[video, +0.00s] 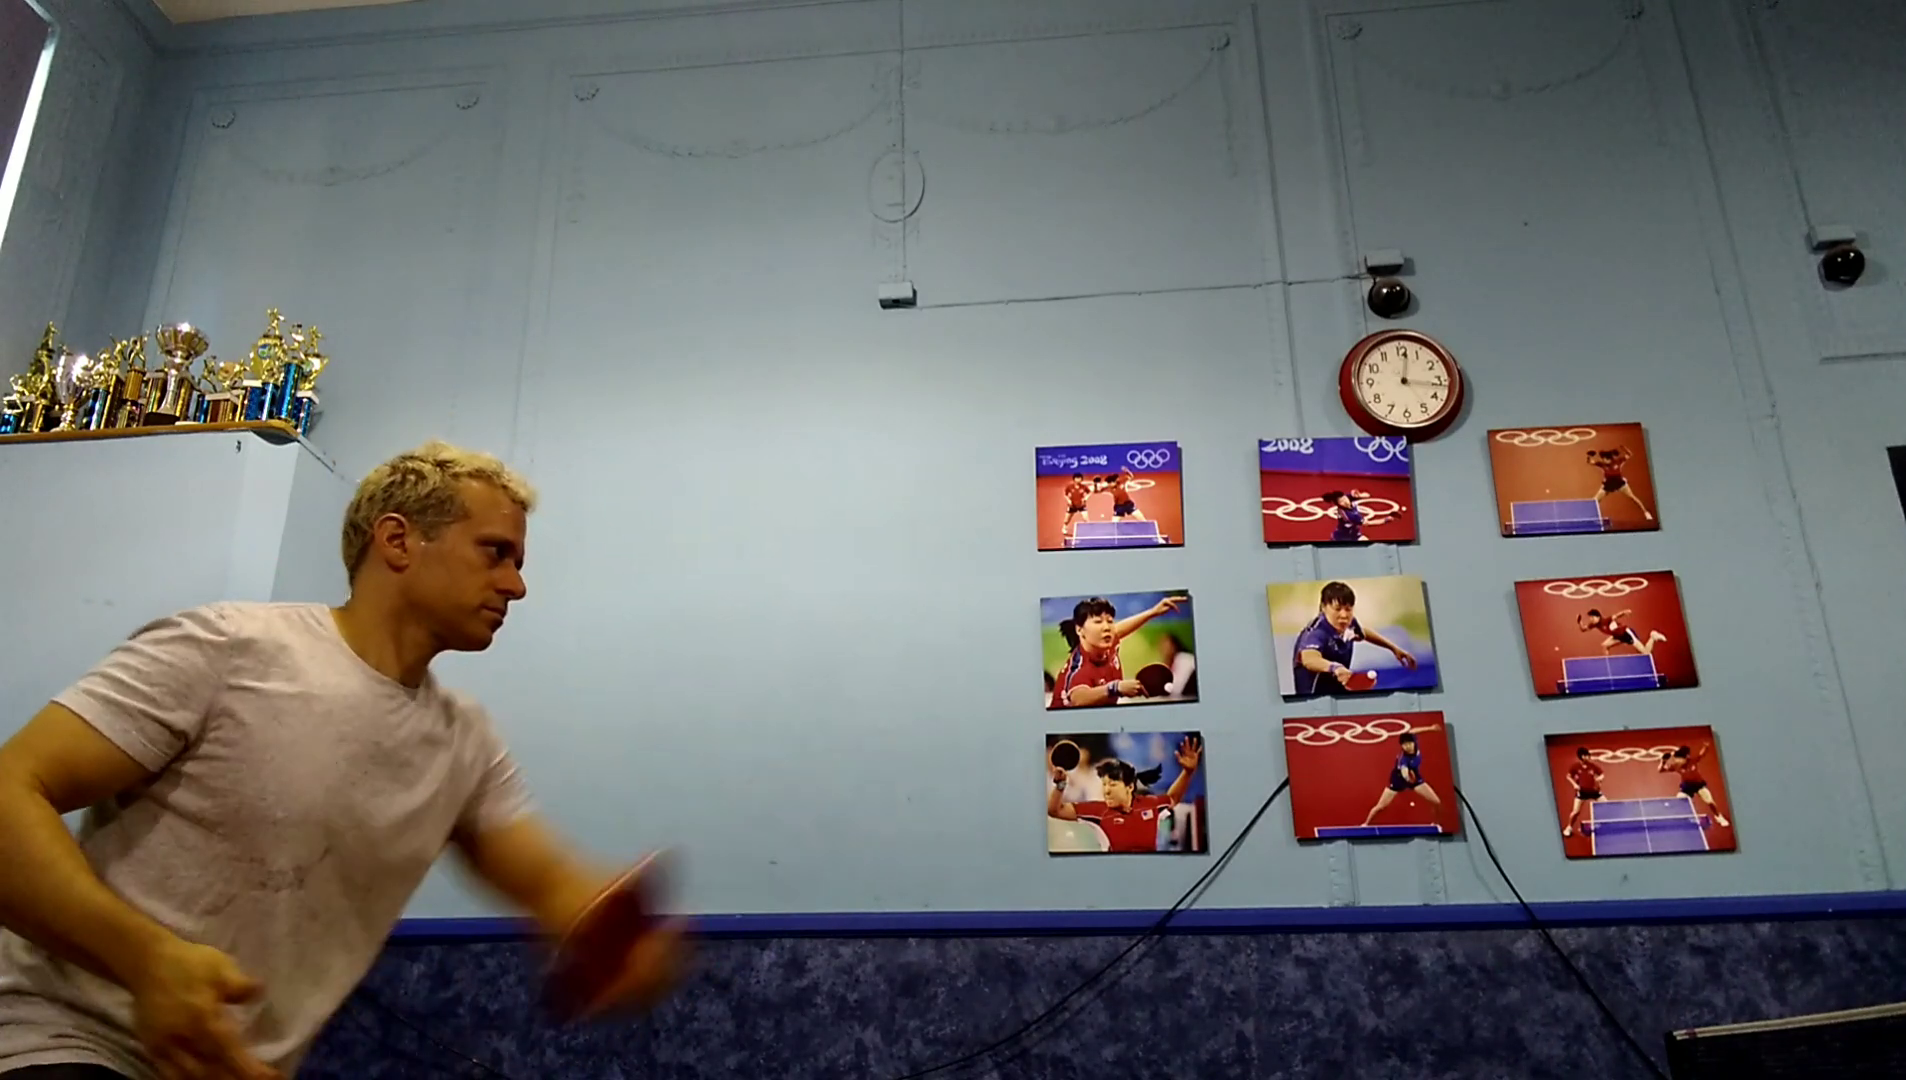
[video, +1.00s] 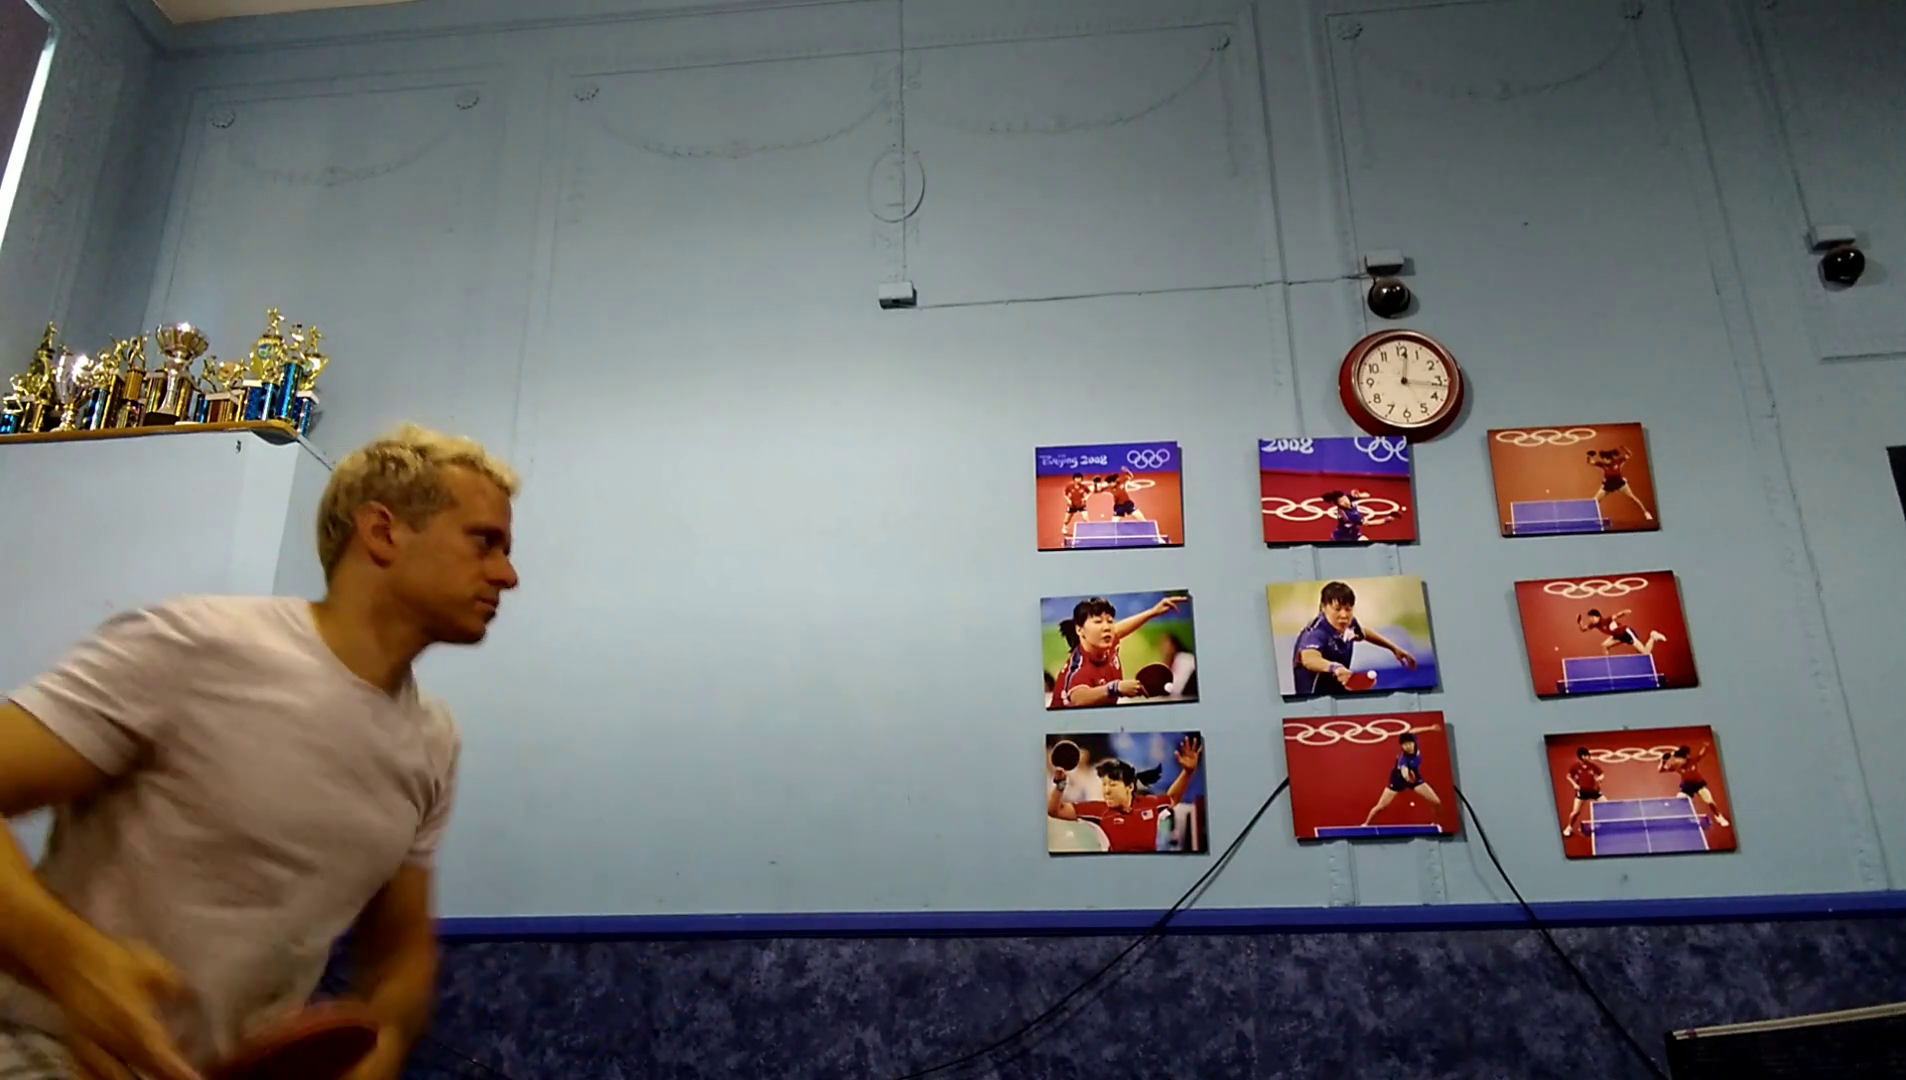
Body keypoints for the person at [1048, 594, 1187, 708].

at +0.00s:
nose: (1107, 628)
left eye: (1109, 622)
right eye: (1098, 622)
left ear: (1114, 626)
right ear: (1080, 630)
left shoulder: (1109, 645)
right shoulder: (1079, 667)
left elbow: (1118, 630)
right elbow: (1078, 698)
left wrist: (1154, 611)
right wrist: (1115, 687)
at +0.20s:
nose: (1107, 628)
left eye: (1109, 622)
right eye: (1098, 622)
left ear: (1114, 626)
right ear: (1080, 630)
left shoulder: (1109, 645)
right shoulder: (1079, 667)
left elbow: (1118, 630)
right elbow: (1078, 698)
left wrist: (1153, 611)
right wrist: (1115, 687)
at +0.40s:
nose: (1107, 628)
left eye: (1110, 622)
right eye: (1098, 622)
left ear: (1114, 626)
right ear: (1080, 630)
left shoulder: (1109, 645)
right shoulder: (1079, 666)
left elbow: (1118, 630)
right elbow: (1078, 698)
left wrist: (1153, 612)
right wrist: (1115, 687)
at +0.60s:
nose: (1107, 628)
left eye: (1110, 622)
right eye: (1098, 622)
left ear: (1114, 626)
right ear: (1080, 630)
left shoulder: (1108, 646)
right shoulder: (1079, 666)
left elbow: (1119, 631)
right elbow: (1078, 698)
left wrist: (1154, 611)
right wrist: (1115, 687)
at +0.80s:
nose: (1107, 628)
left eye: (1110, 622)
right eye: (1098, 622)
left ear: (1114, 626)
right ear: (1080, 630)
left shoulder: (1109, 645)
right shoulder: (1079, 667)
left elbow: (1118, 630)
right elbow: (1078, 698)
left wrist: (1154, 612)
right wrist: (1115, 687)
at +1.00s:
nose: (1107, 628)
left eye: (1109, 622)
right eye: (1098, 622)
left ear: (1114, 626)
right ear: (1080, 630)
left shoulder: (1109, 645)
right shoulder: (1079, 666)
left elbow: (1118, 630)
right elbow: (1078, 698)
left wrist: (1153, 611)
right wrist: (1115, 687)